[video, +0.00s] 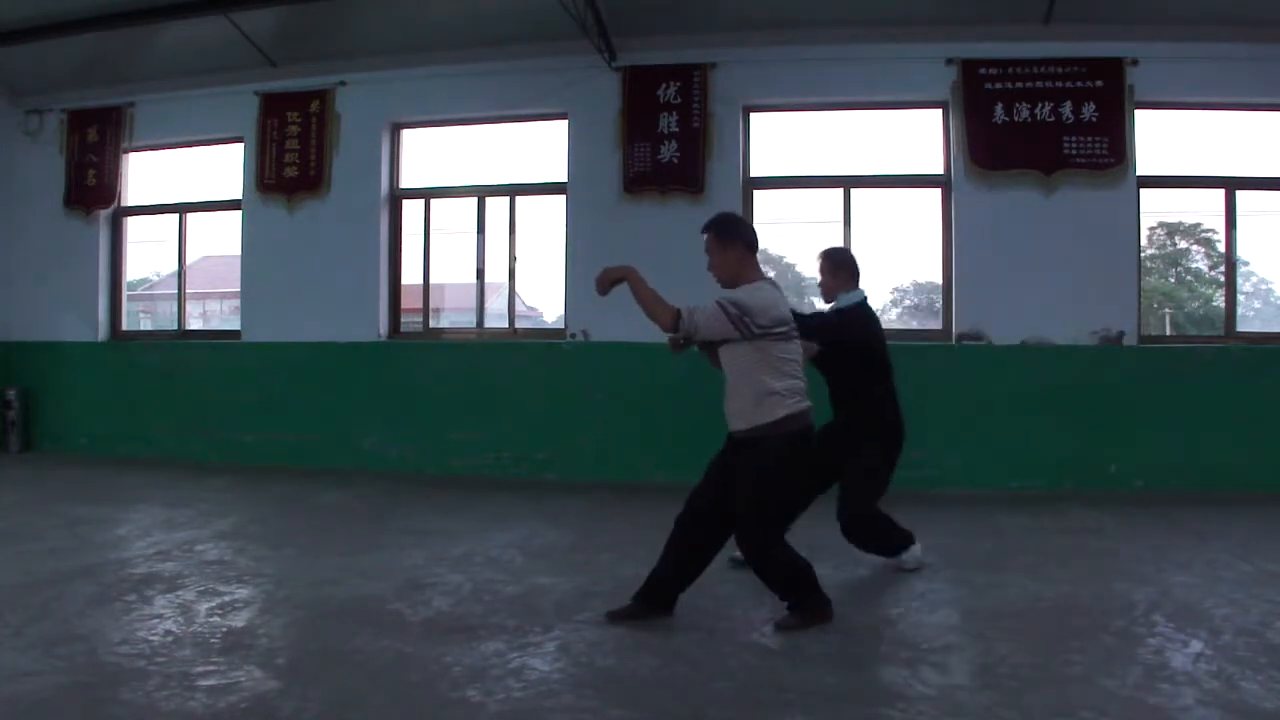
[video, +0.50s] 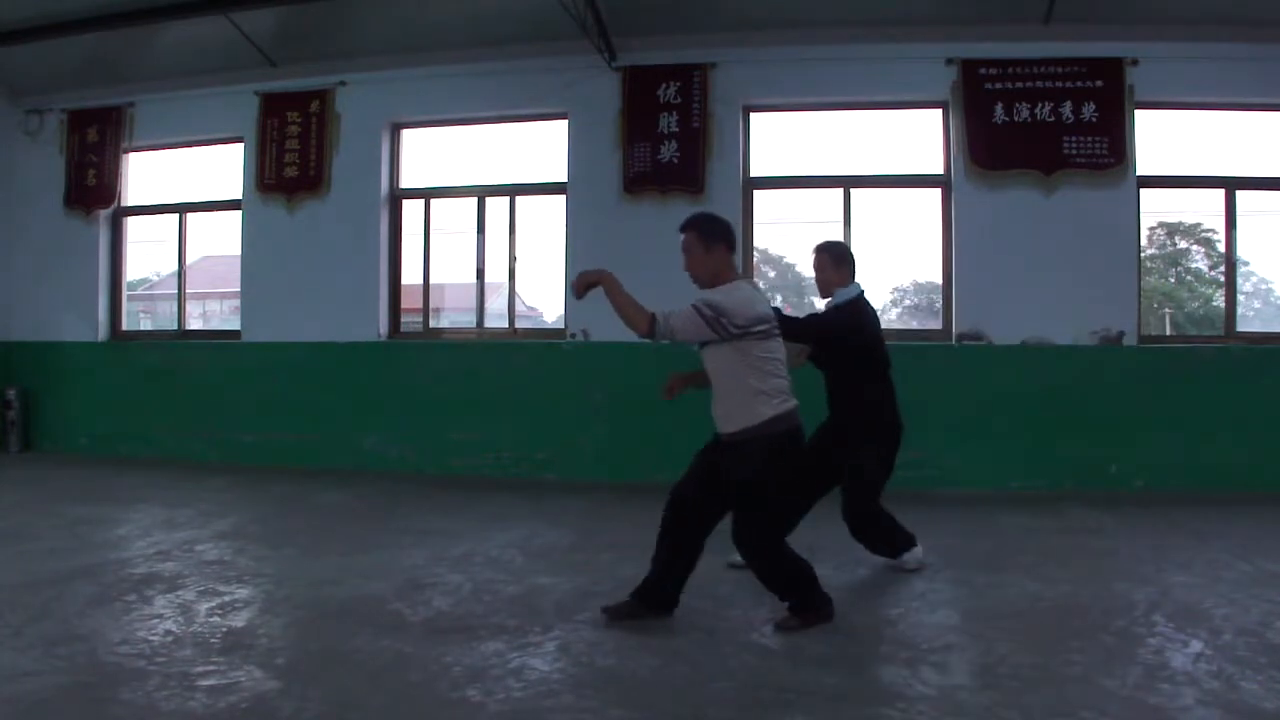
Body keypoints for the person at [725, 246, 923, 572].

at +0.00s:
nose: (819, 283)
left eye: (822, 276)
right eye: (819, 276)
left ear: (838, 276)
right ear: (851, 277)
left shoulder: (849, 320)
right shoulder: (848, 315)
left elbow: (796, 326)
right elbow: (839, 367)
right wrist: (812, 353)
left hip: (874, 432)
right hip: (847, 427)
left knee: (855, 518)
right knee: (788, 484)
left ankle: (905, 547)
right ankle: (759, 546)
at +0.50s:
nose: (815, 278)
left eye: (819, 270)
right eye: (815, 271)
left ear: (839, 270)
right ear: (843, 271)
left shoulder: (848, 315)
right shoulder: (848, 310)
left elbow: (799, 330)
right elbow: (838, 363)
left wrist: (759, 310)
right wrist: (810, 353)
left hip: (871, 429)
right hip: (846, 424)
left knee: (858, 511)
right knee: (794, 487)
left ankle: (906, 549)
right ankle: (760, 549)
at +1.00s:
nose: (817, 268)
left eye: (822, 261)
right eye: (817, 261)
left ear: (842, 262)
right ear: (844, 263)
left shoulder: (850, 308)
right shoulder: (851, 302)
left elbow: (795, 325)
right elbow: (845, 352)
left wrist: (755, 292)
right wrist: (811, 347)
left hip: (869, 420)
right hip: (847, 415)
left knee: (861, 496)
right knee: (800, 481)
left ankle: (907, 548)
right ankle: (765, 546)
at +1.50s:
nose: (817, 260)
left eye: (823, 253)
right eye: (818, 253)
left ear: (844, 256)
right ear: (844, 258)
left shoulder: (847, 301)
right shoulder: (852, 298)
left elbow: (796, 321)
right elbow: (841, 351)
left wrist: (756, 289)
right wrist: (808, 342)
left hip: (856, 414)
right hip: (848, 410)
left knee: (863, 487)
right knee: (792, 473)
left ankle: (909, 548)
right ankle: (764, 545)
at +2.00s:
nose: (686, 263)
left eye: (690, 255)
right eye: (687, 255)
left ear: (706, 258)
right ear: (714, 259)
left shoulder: (713, 301)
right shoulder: (731, 300)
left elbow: (673, 344)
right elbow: (700, 347)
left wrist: (643, 319)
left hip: (724, 415)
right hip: (746, 414)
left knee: (675, 473)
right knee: (749, 495)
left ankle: (685, 548)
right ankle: (817, 519)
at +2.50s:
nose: (593, 246)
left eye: (598, 238)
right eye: (594, 239)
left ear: (617, 241)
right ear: (614, 243)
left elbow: (656, 342)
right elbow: (557, 303)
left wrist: (619, 343)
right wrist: (521, 271)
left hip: (620, 389)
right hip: (601, 387)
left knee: (534, 380)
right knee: (590, 474)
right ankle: (613, 555)